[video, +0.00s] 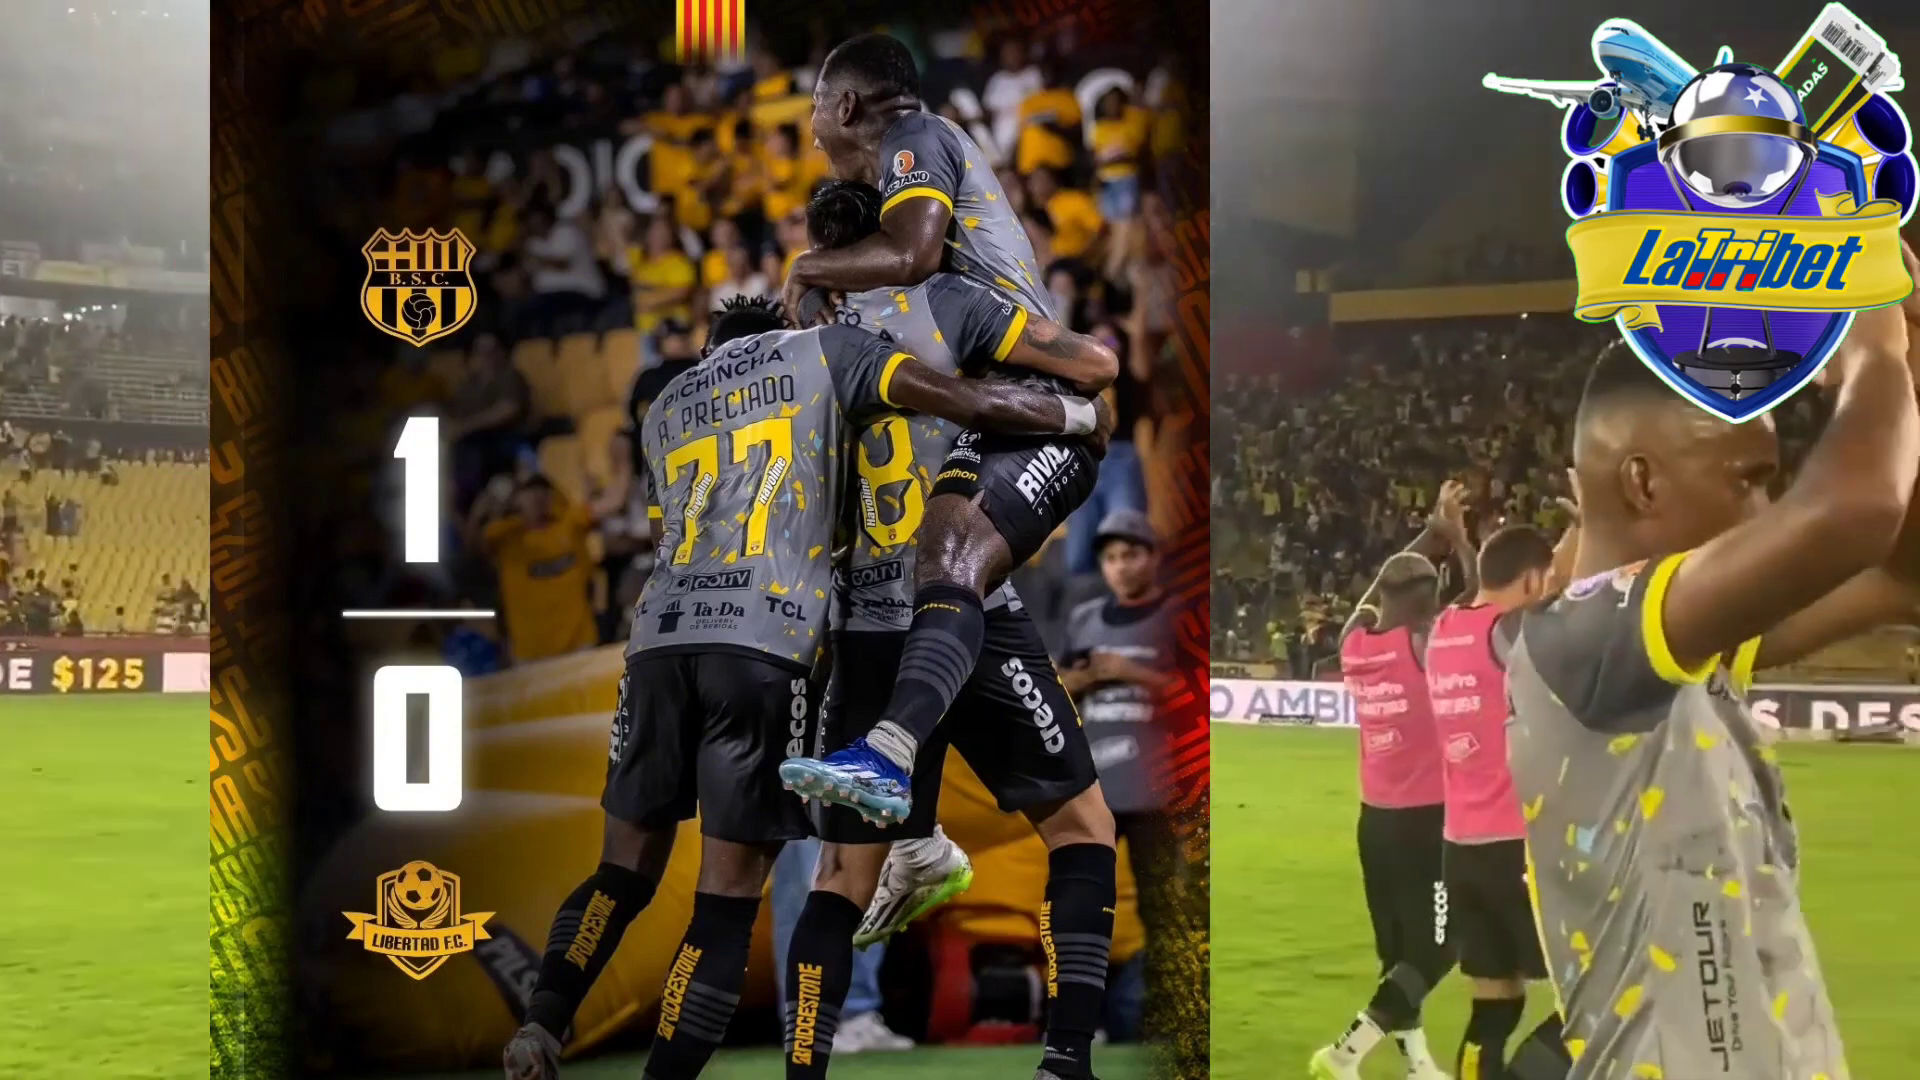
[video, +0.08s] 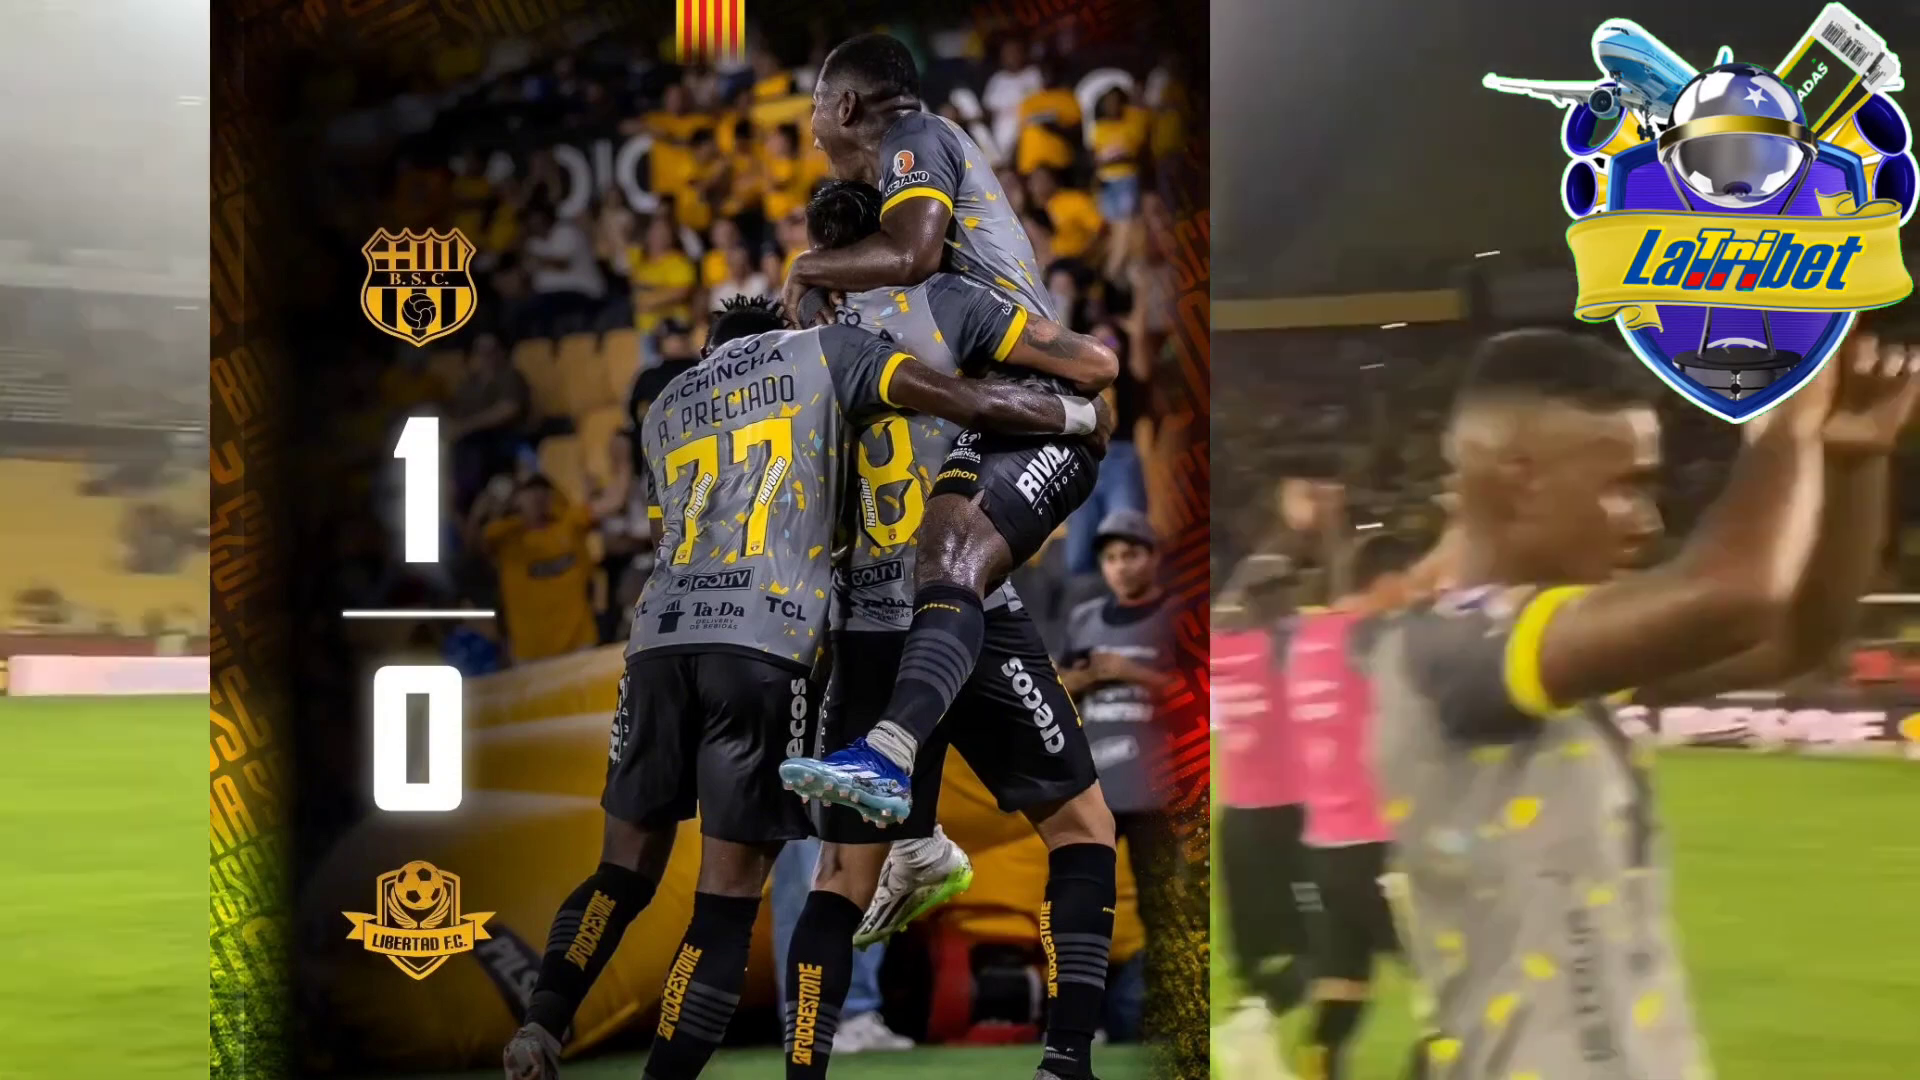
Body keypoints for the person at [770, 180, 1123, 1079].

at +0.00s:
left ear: (822, 257)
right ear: (899, 239)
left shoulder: (804, 336)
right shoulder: (952, 299)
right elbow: (1092, 367)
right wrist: (1079, 352)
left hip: (854, 617)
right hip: (964, 612)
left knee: (849, 859)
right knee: (1081, 827)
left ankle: (802, 1063)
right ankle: (1067, 1059)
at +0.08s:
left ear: (822, 252)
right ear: (897, 236)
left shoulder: (807, 333)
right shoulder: (954, 297)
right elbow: (1092, 367)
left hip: (853, 621)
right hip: (966, 616)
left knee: (848, 860)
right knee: (1082, 828)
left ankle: (802, 1063)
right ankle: (1066, 1059)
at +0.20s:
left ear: (820, 254)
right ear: (899, 238)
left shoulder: (800, 331)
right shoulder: (953, 297)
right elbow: (1091, 366)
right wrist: (1077, 354)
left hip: (851, 619)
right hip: (963, 615)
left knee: (848, 861)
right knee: (1082, 826)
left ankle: (801, 1063)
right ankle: (1067, 1057)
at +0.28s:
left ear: (819, 253)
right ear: (897, 234)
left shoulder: (801, 333)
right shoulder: (949, 294)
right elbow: (1084, 367)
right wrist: (1100, 357)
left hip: (854, 619)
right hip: (963, 615)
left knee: (848, 861)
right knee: (1082, 827)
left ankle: (802, 1063)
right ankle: (1066, 1061)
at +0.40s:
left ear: (822, 252)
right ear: (900, 236)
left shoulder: (803, 329)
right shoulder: (951, 295)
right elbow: (1092, 367)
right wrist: (1077, 347)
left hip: (854, 615)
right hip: (964, 614)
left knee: (848, 860)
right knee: (1081, 826)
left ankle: (801, 1064)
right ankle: (1067, 1058)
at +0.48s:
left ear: (820, 255)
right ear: (900, 239)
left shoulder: (800, 332)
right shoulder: (952, 298)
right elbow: (1092, 367)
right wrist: (1076, 353)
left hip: (853, 617)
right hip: (964, 614)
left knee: (848, 860)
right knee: (1082, 827)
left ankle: (801, 1063)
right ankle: (1067, 1057)